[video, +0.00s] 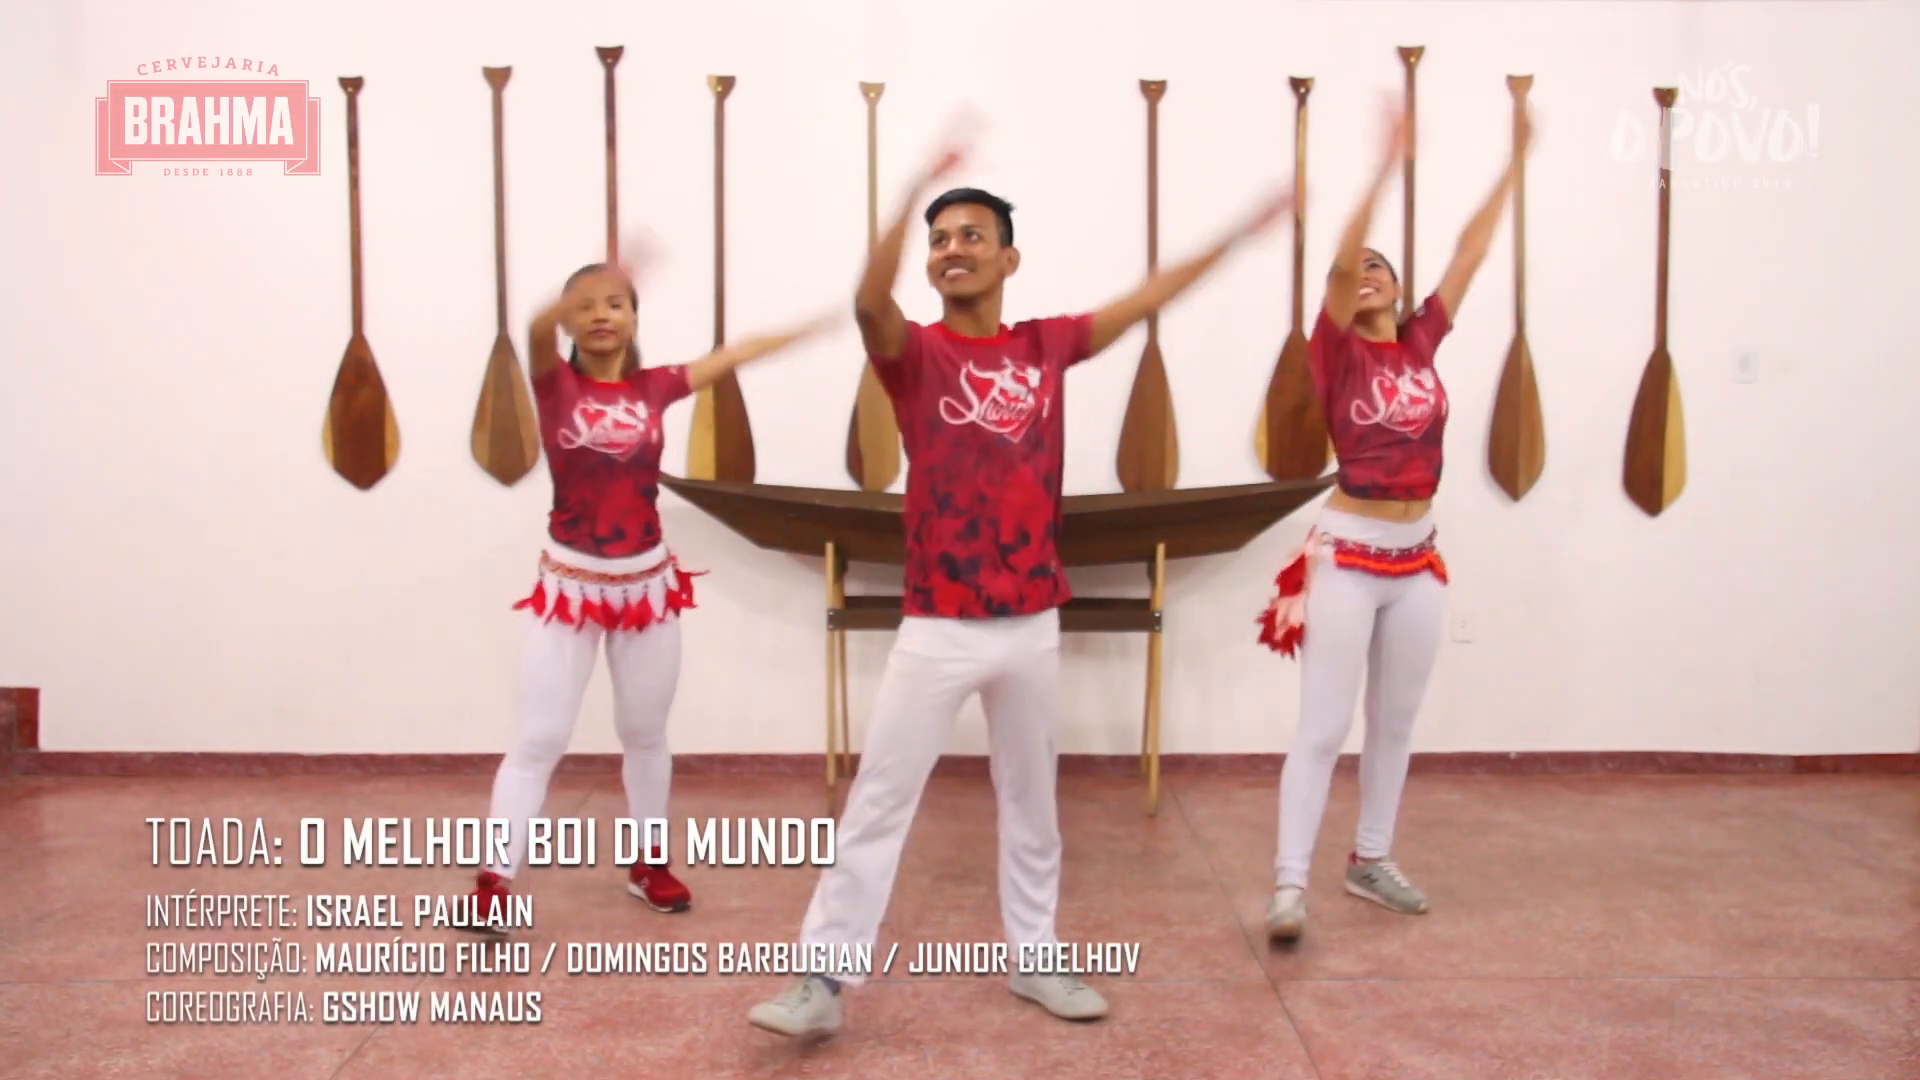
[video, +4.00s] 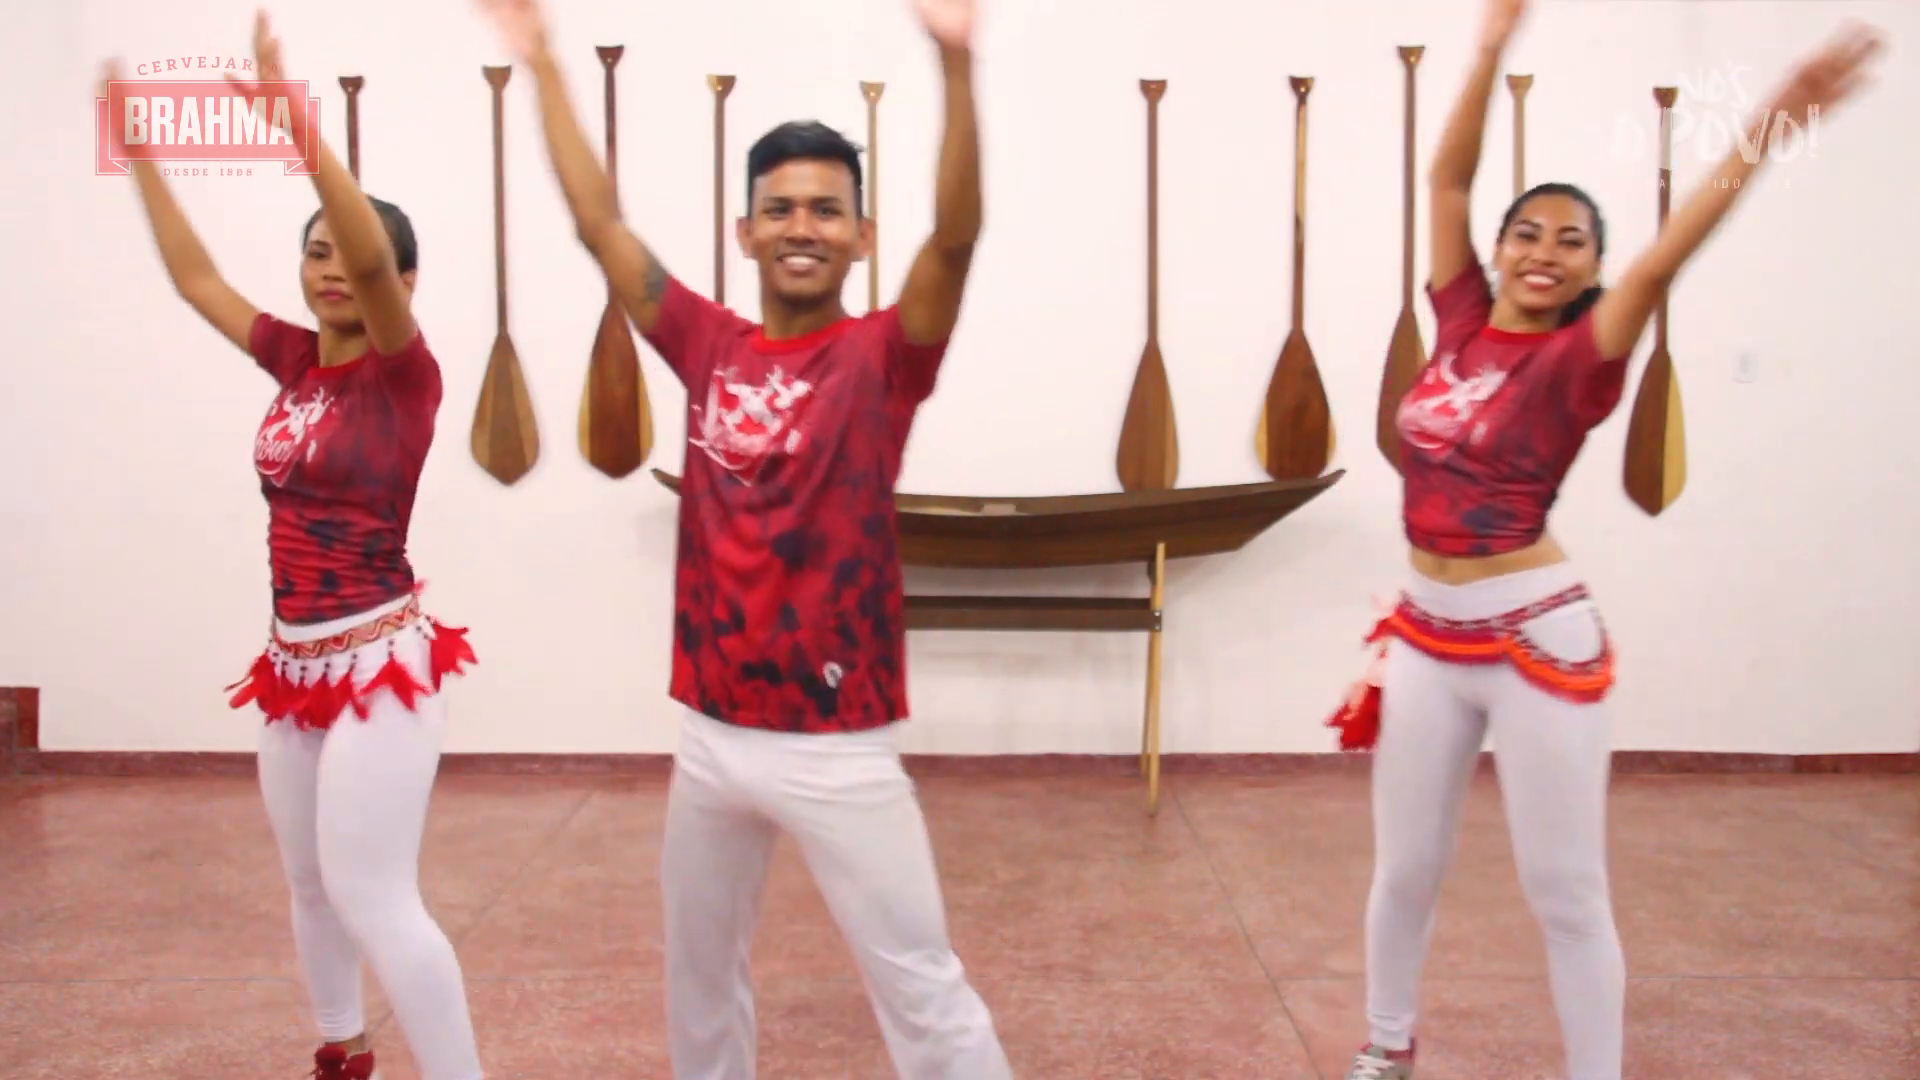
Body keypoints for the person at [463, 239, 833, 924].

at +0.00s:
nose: (603, 315)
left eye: (617, 304)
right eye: (587, 306)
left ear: (635, 320)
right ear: (566, 324)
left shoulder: (656, 386)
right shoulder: (555, 386)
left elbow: (730, 357)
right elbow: (540, 332)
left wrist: (805, 332)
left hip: (647, 590)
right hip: (569, 588)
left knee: (647, 737)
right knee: (538, 741)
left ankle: (650, 863)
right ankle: (495, 879)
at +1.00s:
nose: (486, 323)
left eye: (499, 306)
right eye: (474, 310)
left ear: (527, 316)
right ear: (461, 322)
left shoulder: (539, 388)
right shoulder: (461, 393)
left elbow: (530, 310)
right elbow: (395, 378)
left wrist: (429, 300)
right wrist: (332, 362)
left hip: (530, 608)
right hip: (461, 609)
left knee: (489, 765)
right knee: (470, 770)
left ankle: (537, 910)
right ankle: (498, 908)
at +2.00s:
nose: (570, 319)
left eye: (589, 306)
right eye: (557, 302)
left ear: (616, 318)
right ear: (534, 309)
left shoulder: (621, 394)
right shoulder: (502, 377)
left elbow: (703, 332)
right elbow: (413, 295)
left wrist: (778, 265)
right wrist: (488, 274)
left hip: (604, 631)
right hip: (516, 634)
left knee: (609, 810)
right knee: (523, 818)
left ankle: (626, 975)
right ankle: (570, 928)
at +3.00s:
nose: (369, 282)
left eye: (389, 271)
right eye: (350, 268)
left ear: (416, 296)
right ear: (321, 292)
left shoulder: (437, 376)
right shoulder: (284, 377)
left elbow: (540, 298)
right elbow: (152, 311)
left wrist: (480, 218)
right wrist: (42, 220)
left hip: (431, 650)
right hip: (322, 659)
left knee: (513, 837)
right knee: (326, 866)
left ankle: (516, 967)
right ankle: (337, 1051)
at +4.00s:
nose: (330, 271)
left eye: (353, 258)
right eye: (318, 254)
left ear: (398, 281)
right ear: (298, 269)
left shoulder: (400, 380)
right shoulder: (295, 359)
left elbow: (381, 272)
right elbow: (195, 276)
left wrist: (302, 130)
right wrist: (136, 151)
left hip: (384, 667)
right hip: (294, 670)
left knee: (373, 891)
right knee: (311, 884)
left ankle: (459, 1077)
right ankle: (342, 1058)